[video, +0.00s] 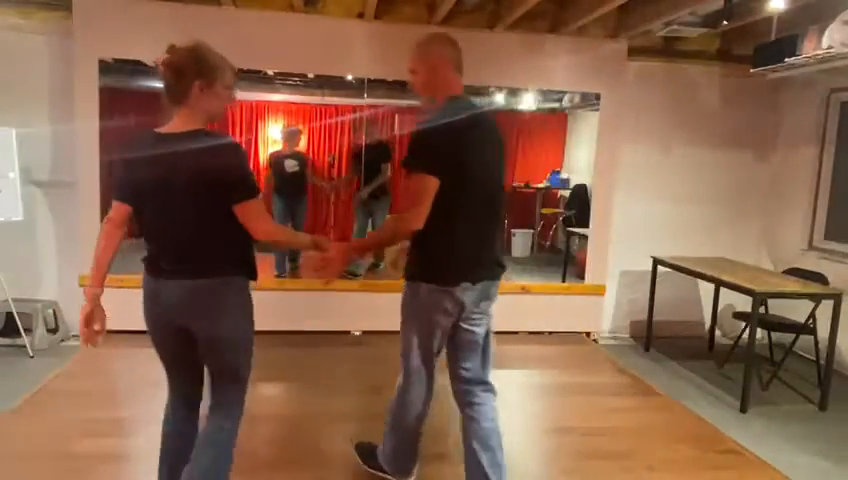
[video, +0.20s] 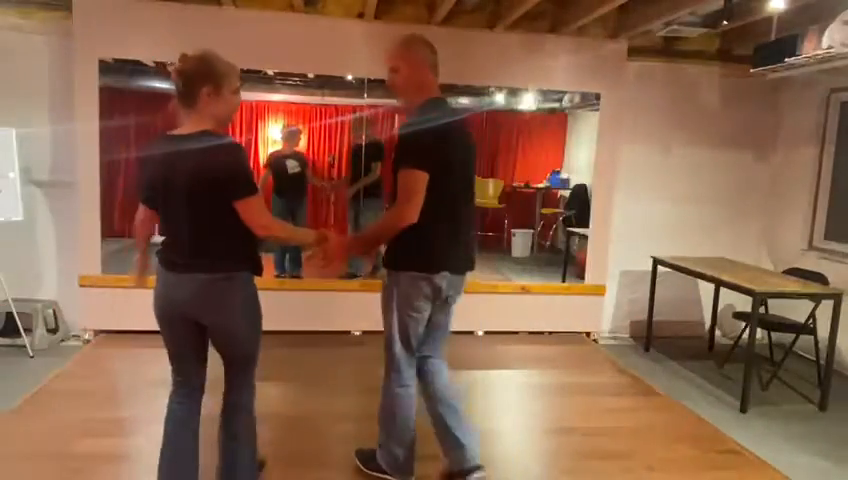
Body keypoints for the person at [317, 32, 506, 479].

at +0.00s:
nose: (411, 77)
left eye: (415, 69)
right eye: (412, 69)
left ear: (434, 68)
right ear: (454, 69)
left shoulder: (434, 131)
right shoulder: (486, 126)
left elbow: (412, 218)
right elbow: (482, 204)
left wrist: (355, 249)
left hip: (436, 274)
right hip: (483, 271)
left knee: (417, 370)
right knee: (476, 384)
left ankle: (396, 460)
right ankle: (490, 475)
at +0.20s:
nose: (389, 81)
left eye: (394, 72)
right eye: (389, 73)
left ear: (417, 69)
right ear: (428, 71)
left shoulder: (420, 127)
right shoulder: (455, 124)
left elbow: (406, 210)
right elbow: (451, 203)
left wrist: (354, 243)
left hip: (416, 263)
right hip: (453, 263)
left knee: (401, 364)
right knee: (430, 358)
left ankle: (394, 459)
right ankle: (464, 459)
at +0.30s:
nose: (381, 79)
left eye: (387, 70)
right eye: (382, 71)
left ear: (409, 69)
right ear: (416, 71)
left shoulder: (414, 126)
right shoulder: (440, 123)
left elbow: (405, 209)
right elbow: (431, 200)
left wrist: (351, 239)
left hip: (409, 259)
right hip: (439, 256)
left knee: (396, 360)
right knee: (406, 352)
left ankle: (395, 459)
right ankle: (427, 443)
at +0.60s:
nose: (367, 88)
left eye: (374, 79)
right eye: (365, 81)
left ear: (399, 79)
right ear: (370, 84)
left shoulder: (407, 130)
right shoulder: (387, 129)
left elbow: (412, 206)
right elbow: (377, 192)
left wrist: (361, 239)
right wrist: (340, 215)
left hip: (399, 258)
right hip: (383, 255)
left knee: (373, 353)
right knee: (365, 334)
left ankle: (398, 457)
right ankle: (361, 403)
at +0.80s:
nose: (357, 90)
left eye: (364, 82)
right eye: (354, 83)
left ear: (387, 82)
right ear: (356, 86)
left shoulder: (403, 130)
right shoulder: (367, 132)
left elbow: (416, 201)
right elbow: (345, 189)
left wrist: (365, 239)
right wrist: (296, 210)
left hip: (392, 250)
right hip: (370, 248)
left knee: (356, 343)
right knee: (354, 333)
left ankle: (397, 435)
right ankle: (356, 405)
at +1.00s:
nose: (351, 93)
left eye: (358, 85)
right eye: (348, 87)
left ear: (380, 85)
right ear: (349, 90)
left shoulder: (397, 133)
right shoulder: (355, 137)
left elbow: (412, 197)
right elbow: (333, 184)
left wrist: (365, 236)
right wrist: (290, 201)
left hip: (386, 247)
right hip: (358, 244)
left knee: (340, 322)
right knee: (351, 327)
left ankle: (371, 415)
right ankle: (352, 404)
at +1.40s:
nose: (335, 99)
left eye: (343, 92)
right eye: (334, 92)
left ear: (366, 94)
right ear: (336, 96)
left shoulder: (384, 138)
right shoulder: (342, 141)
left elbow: (398, 199)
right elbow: (315, 186)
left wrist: (356, 235)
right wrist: (272, 195)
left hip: (375, 247)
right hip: (344, 244)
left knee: (337, 330)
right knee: (335, 324)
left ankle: (327, 439)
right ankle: (356, 404)